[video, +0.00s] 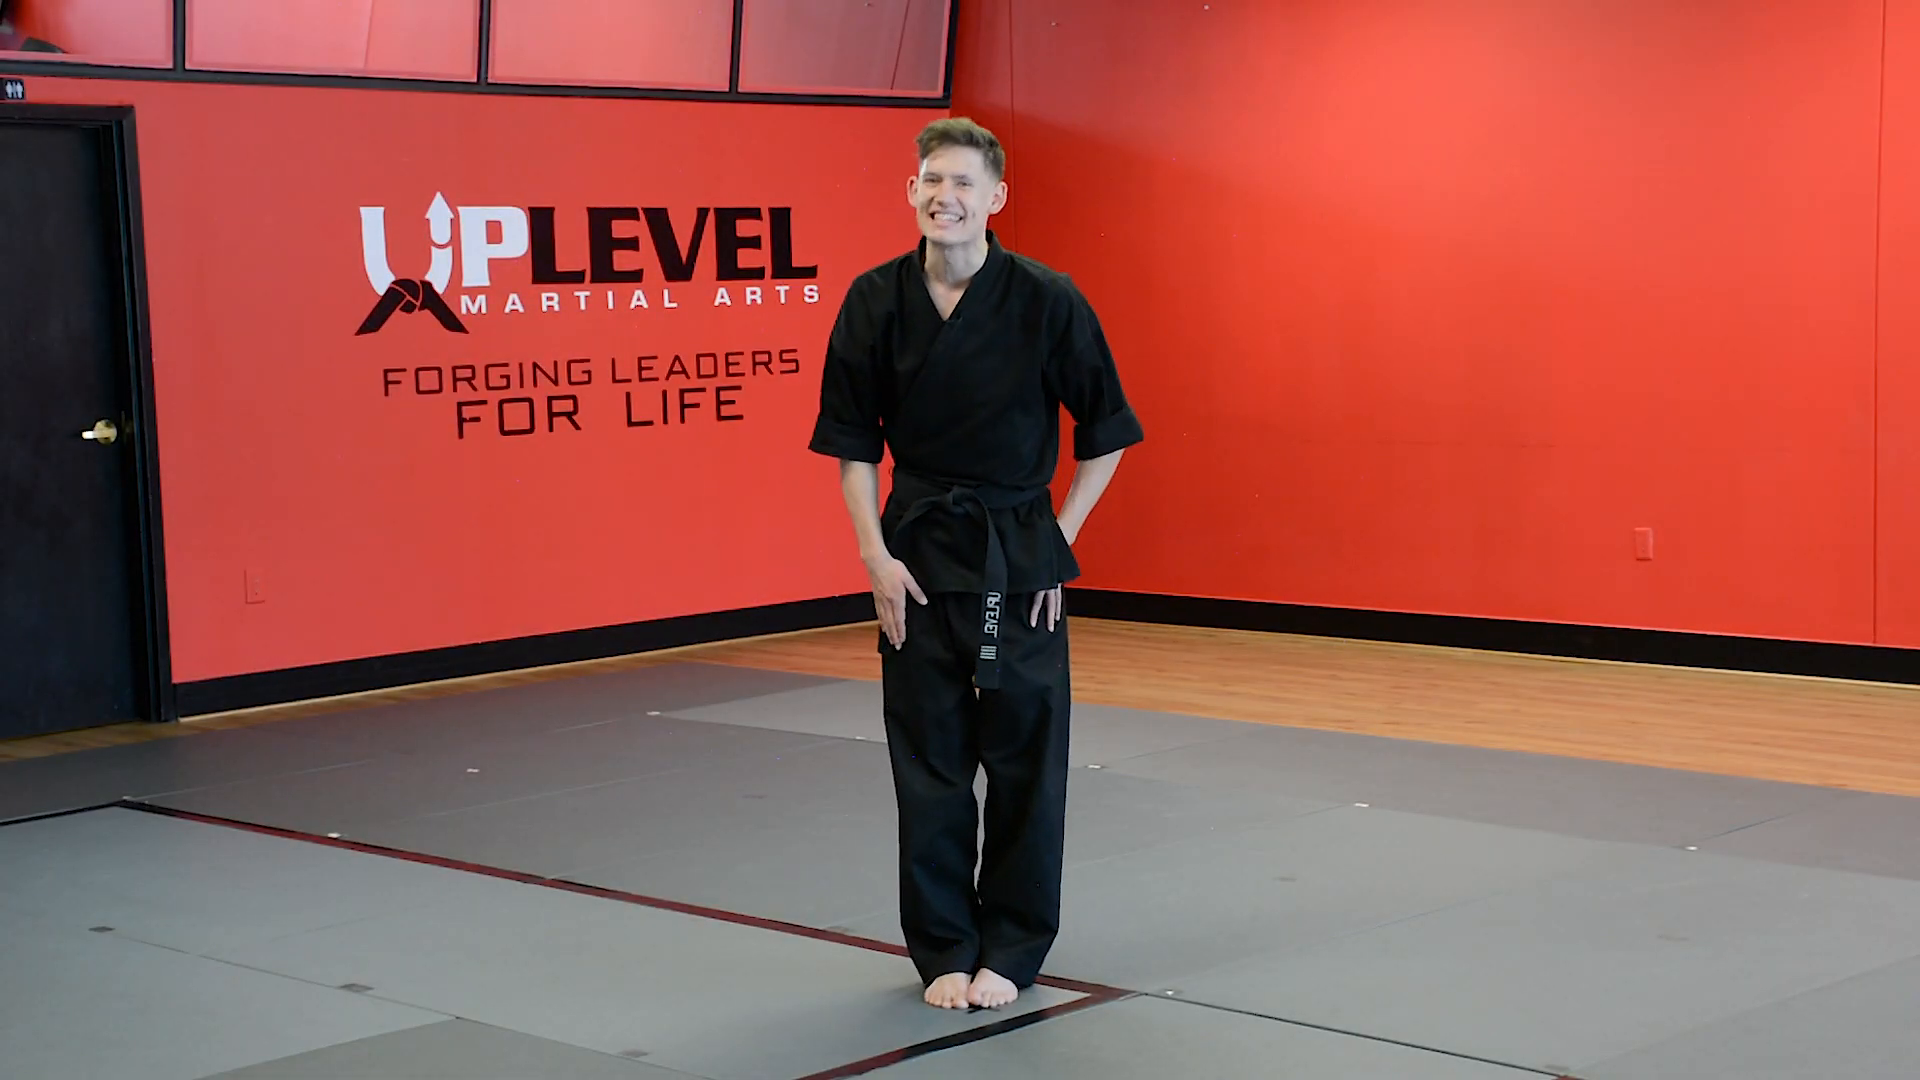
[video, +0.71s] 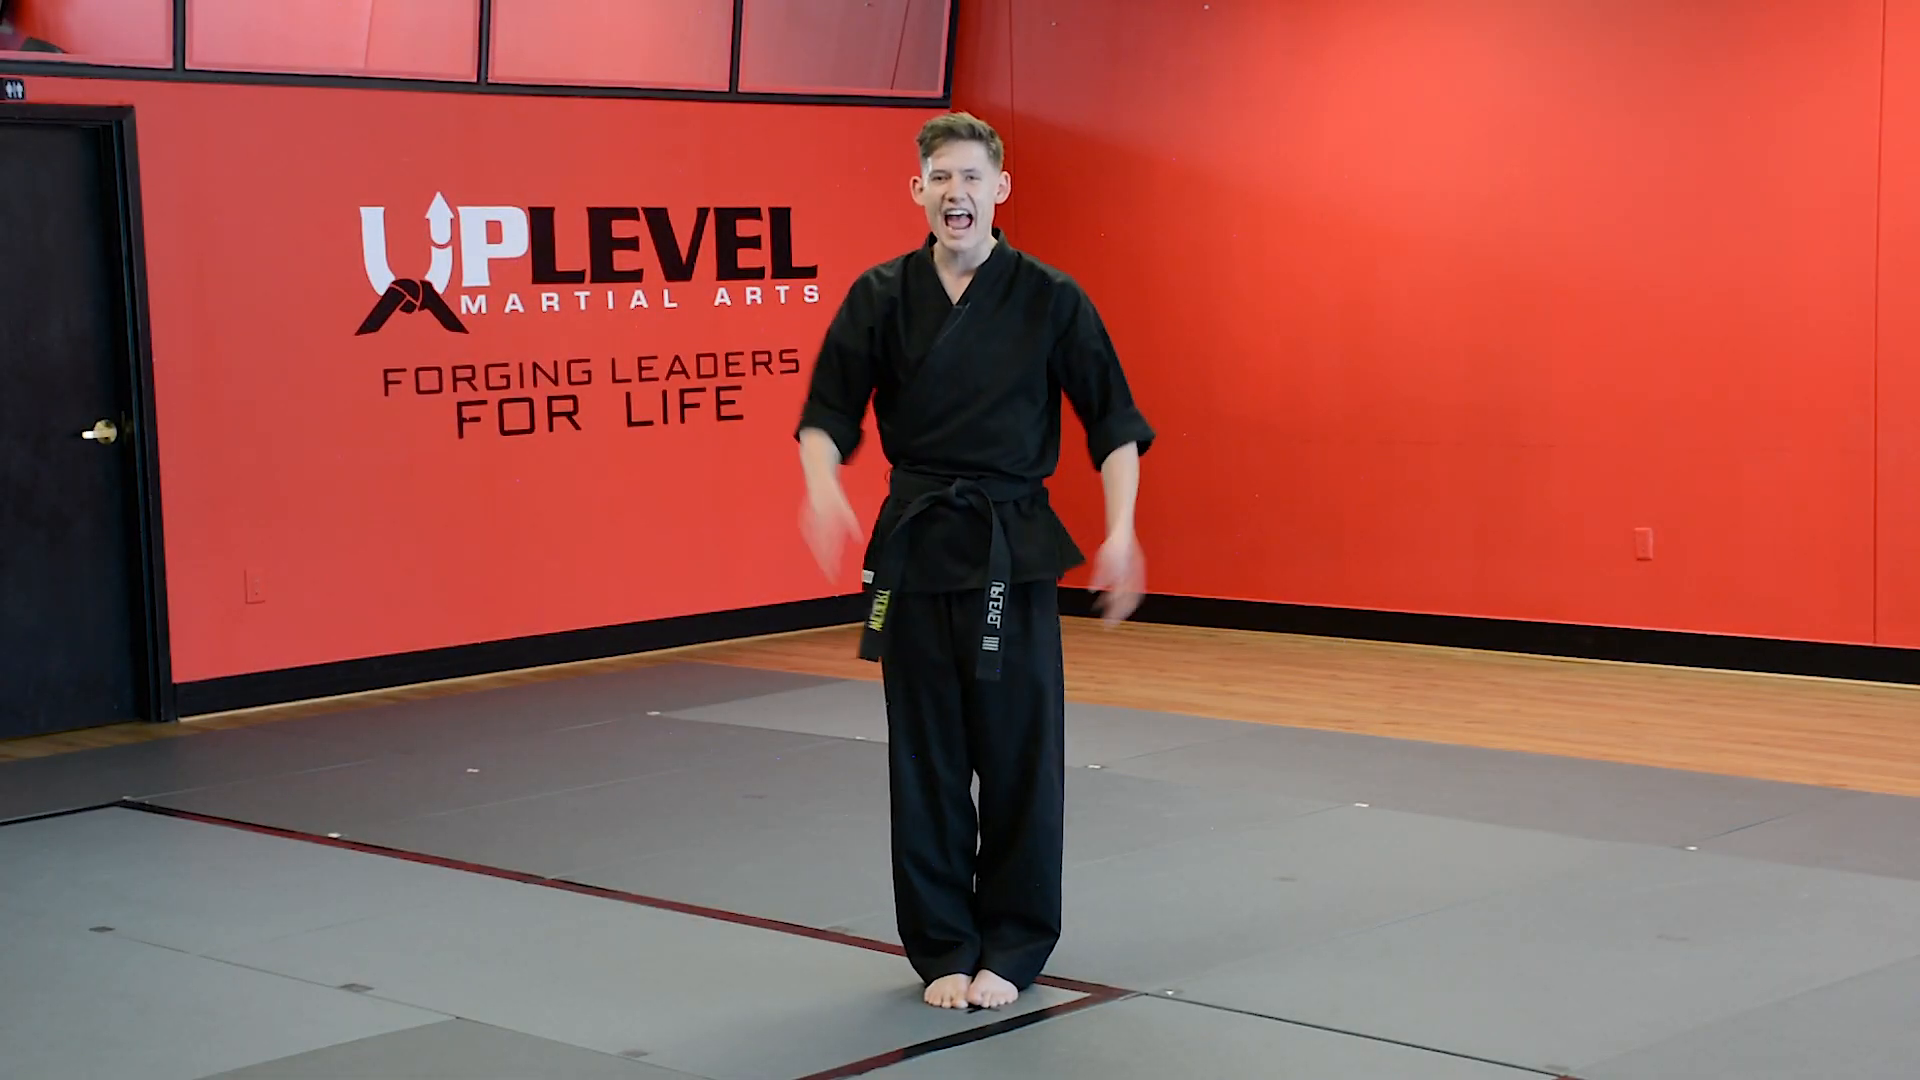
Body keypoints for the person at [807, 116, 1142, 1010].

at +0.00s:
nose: (946, 196)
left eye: (964, 182)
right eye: (933, 181)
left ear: (996, 197)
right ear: (913, 194)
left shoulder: (1046, 300)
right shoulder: (874, 301)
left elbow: (1106, 428)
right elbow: (852, 443)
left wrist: (1058, 537)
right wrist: (875, 557)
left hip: (1020, 544)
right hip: (916, 544)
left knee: (1026, 764)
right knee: (930, 766)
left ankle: (1011, 953)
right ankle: (944, 953)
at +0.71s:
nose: (957, 192)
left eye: (972, 176)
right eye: (941, 177)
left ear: (1001, 187)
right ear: (918, 190)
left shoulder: (1050, 297)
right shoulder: (880, 296)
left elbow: (1115, 420)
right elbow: (822, 416)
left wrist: (1120, 531)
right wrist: (821, 492)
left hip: (1018, 544)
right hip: (915, 544)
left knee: (1021, 762)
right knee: (927, 762)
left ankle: (1011, 953)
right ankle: (945, 952)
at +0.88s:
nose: (949, 192)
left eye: (966, 176)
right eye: (934, 177)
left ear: (995, 187)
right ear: (913, 188)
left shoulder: (1045, 291)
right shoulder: (877, 291)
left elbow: (1073, 418)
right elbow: (861, 438)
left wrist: (1056, 420)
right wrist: (858, 394)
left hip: (1011, 538)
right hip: (914, 538)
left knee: (1017, 756)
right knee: (927, 758)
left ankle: (1010, 952)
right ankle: (943, 953)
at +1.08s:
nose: (949, 189)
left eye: (965, 174)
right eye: (934, 174)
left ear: (993, 186)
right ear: (912, 187)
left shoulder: (1044, 293)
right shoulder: (873, 296)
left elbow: (1079, 421)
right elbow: (838, 426)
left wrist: (1059, 513)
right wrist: (869, 518)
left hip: (1017, 534)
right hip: (916, 536)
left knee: (1020, 755)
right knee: (927, 758)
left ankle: (1009, 954)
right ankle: (942, 954)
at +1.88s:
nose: (921, 243)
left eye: (938, 226)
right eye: (908, 227)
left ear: (975, 233)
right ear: (891, 238)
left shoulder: (1033, 340)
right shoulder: (865, 341)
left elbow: (1061, 484)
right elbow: (814, 478)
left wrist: (1061, 605)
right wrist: (829, 580)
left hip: (1011, 573)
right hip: (909, 576)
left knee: (1025, 787)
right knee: (910, 786)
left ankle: (1012, 959)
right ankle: (940, 959)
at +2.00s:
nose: (868, 223)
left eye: (883, 206)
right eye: (861, 207)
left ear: (936, 202)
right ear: (862, 210)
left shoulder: (1021, 295)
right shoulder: (862, 295)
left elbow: (1059, 437)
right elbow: (750, 349)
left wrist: (1066, 560)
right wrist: (798, 379)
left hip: (1009, 537)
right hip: (910, 538)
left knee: (1025, 753)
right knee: (908, 756)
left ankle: (1015, 958)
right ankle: (942, 955)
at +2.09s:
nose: (842, 197)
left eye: (857, 181)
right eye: (837, 181)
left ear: (911, 178)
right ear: (843, 183)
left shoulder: (1002, 256)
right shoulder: (844, 266)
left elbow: (1061, 389)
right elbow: (720, 281)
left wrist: (1076, 513)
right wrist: (776, 267)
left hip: (1012, 511)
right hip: (912, 511)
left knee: (1042, 732)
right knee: (903, 735)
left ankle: (1036, 949)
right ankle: (911, 949)